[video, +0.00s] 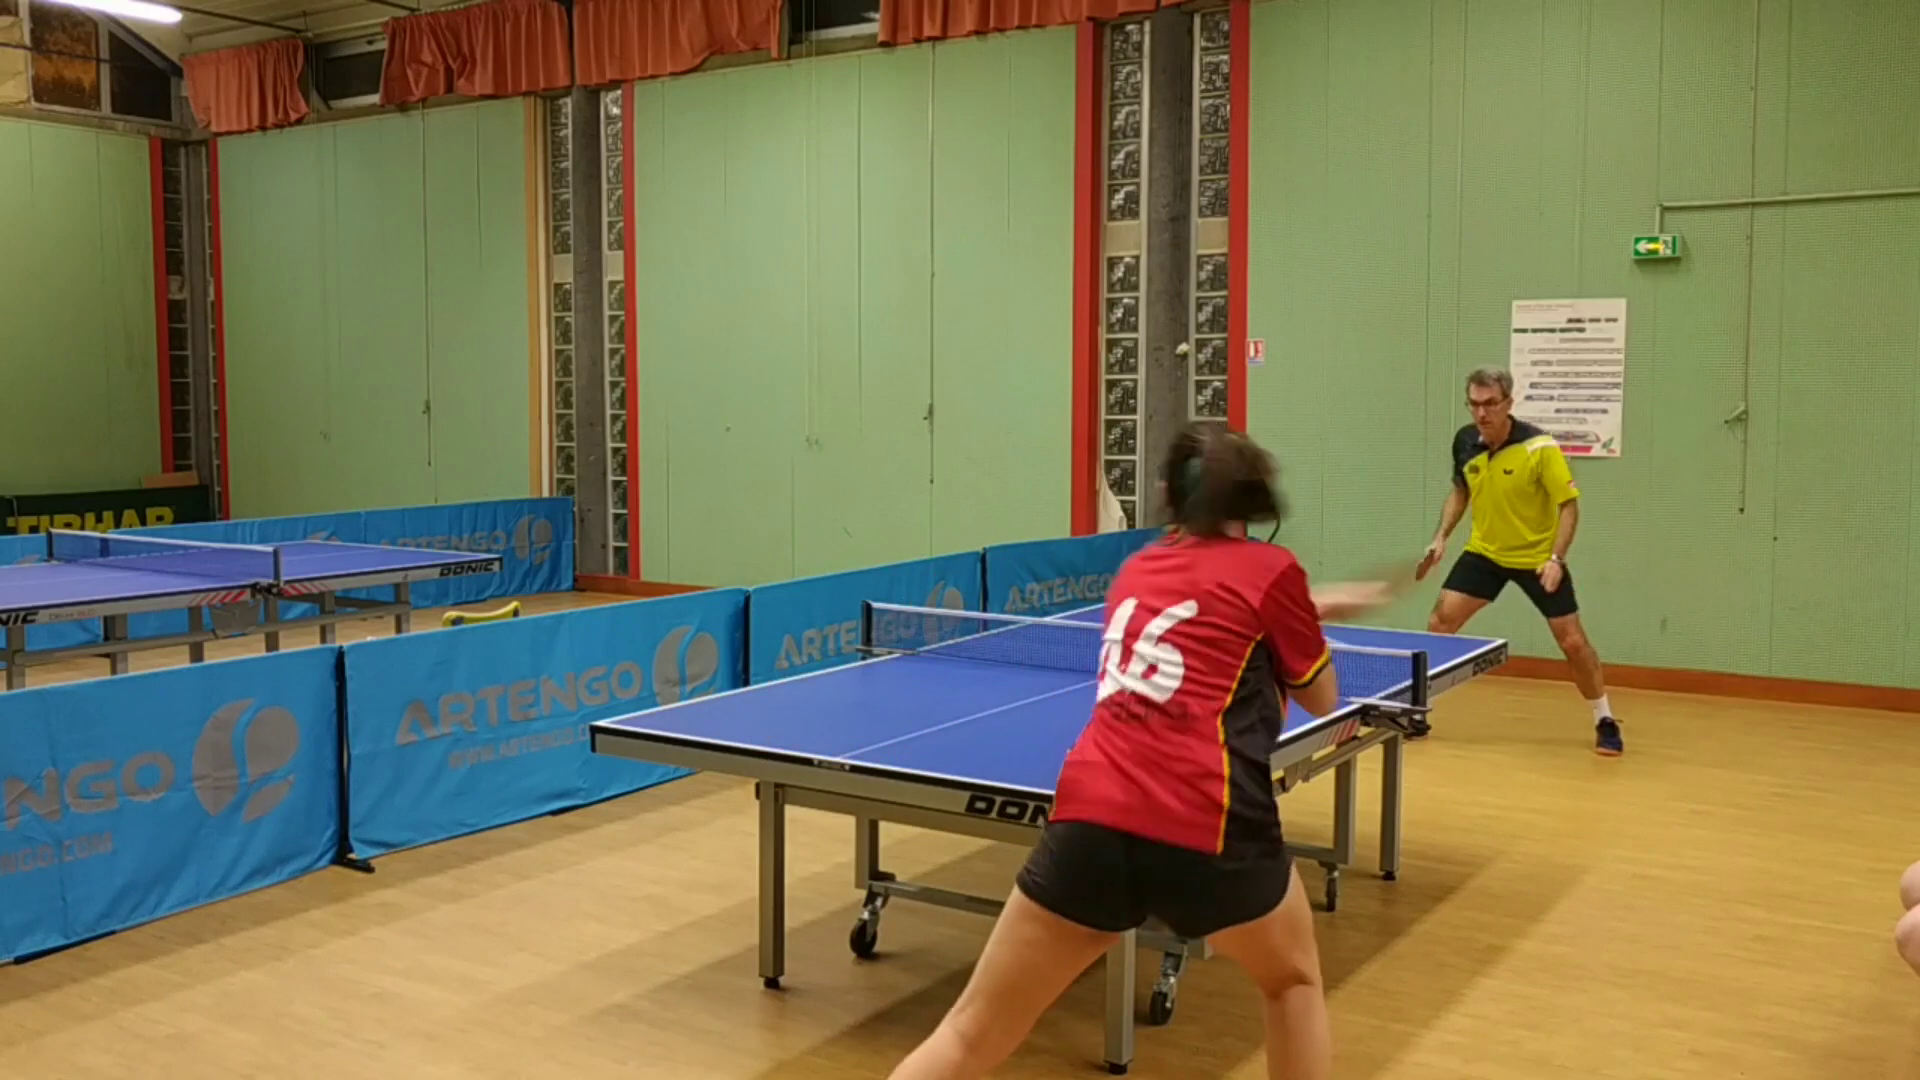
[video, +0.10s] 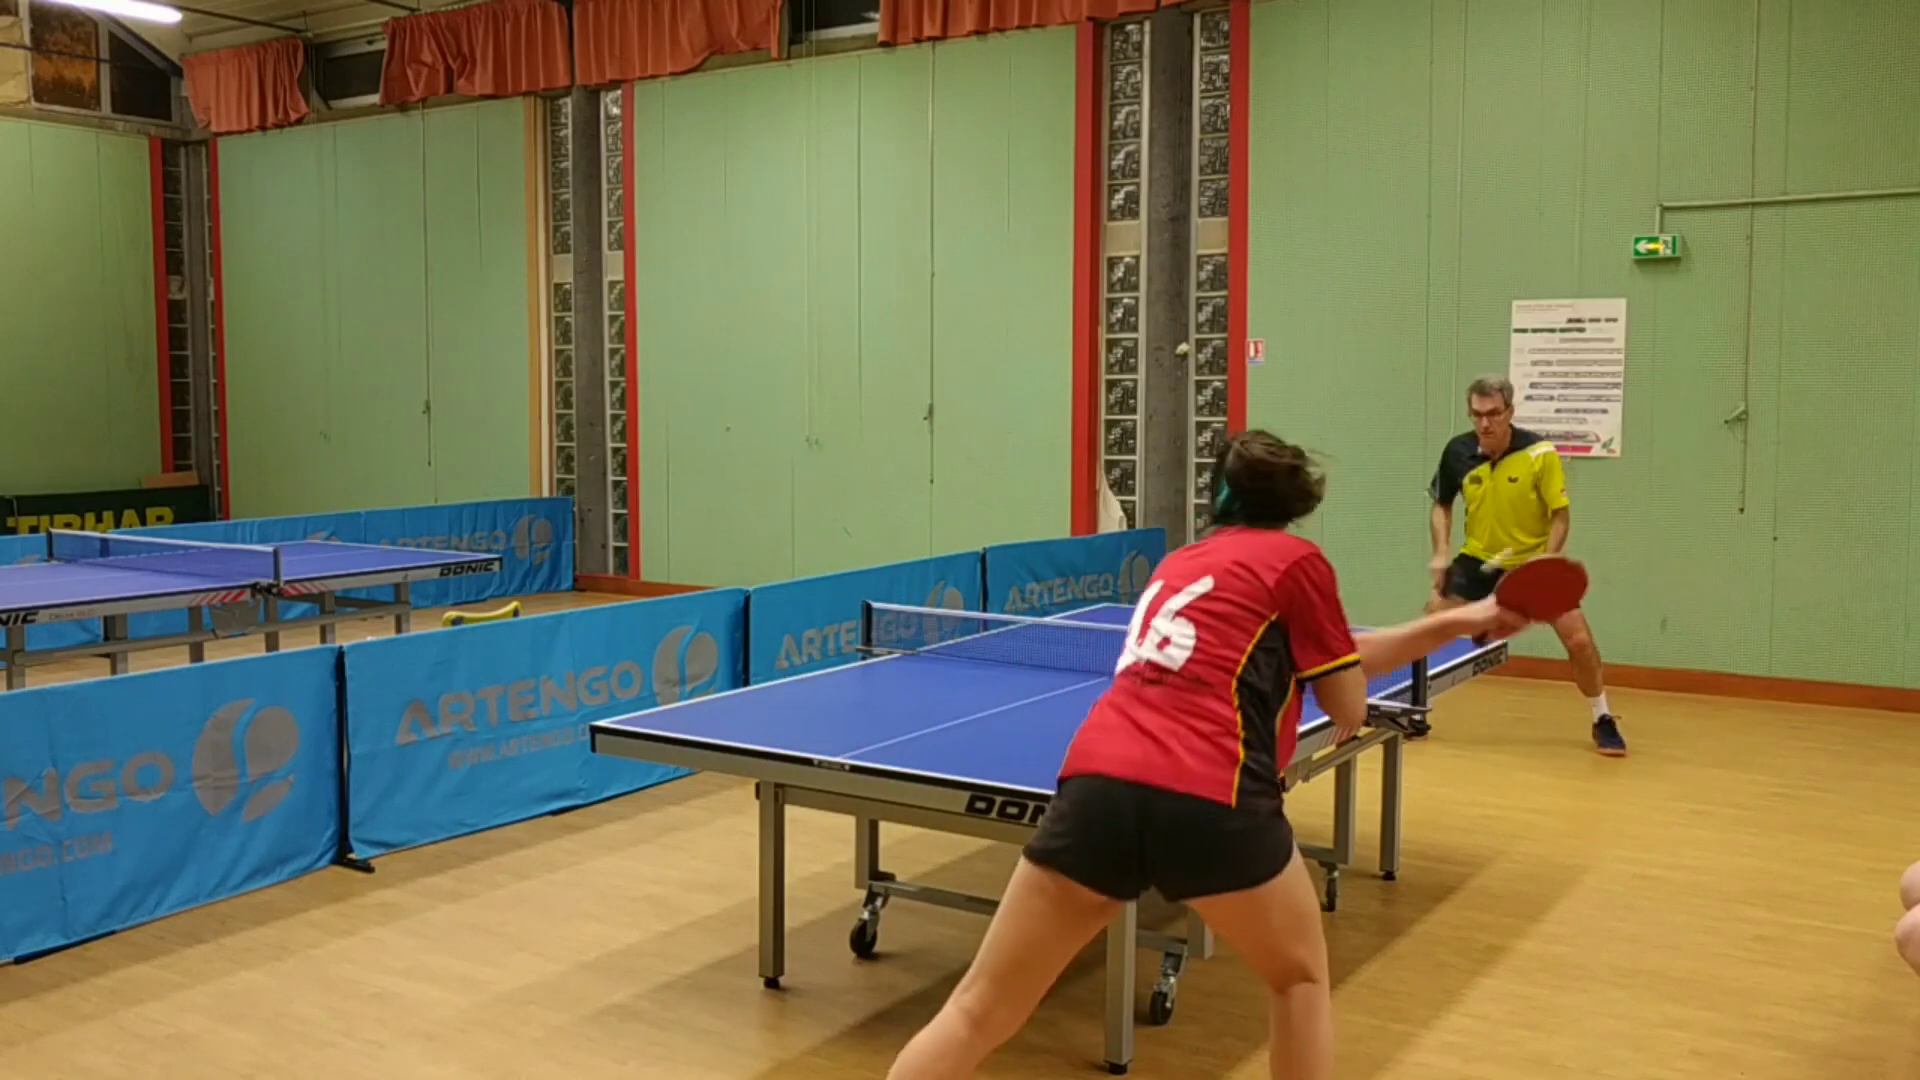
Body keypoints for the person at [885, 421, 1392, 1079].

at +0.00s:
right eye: (1249, 486)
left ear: (1172, 497)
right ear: (1249, 499)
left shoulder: (1138, 566)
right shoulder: (1273, 571)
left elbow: (1206, 623)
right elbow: (1319, 696)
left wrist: (1313, 606)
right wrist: (1274, 631)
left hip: (1091, 828)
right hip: (1213, 837)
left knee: (966, 1037)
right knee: (1291, 985)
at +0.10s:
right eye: (1305, 493)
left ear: (1226, 498)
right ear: (1297, 505)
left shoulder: (1180, 563)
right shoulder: (1297, 564)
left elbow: (1331, 657)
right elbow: (1347, 712)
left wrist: (1453, 622)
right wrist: (1319, 719)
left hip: (1095, 793)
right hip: (1211, 808)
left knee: (975, 1011)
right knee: (1299, 983)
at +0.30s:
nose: (1314, 446)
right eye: (1309, 436)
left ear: (1226, 446)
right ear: (1301, 448)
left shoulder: (1182, 509)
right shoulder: (1312, 525)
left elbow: (1247, 650)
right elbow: (1353, 682)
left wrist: (1373, 672)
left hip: (1092, 749)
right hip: (1209, 770)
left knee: (983, 965)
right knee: (1284, 977)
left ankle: (890, 1074)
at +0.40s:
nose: (1280, 411)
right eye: (1275, 400)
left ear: (1189, 411)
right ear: (1267, 414)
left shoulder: (1143, 481)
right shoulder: (1293, 502)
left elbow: (1191, 595)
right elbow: (1339, 653)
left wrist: (1322, 642)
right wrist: (1266, 621)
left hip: (1082, 740)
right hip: (1202, 761)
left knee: (976, 944)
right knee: (1268, 974)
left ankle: (888, 1077)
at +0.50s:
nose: (1227, 381)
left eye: (1222, 370)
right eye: (1222, 372)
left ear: (1128, 392)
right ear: (1212, 391)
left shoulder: (1084, 468)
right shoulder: (1252, 486)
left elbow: (1100, 575)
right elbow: (1303, 623)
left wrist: (1224, 571)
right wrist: (1231, 571)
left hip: (1056, 736)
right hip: (1180, 752)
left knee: (960, 943)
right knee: (1247, 969)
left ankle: (893, 1074)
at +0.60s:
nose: (1150, 376)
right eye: (1146, 367)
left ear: (1058, 388)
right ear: (1139, 384)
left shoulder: (1013, 473)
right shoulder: (1193, 485)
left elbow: (985, 583)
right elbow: (1251, 617)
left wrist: (1081, 562)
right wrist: (1195, 561)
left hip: (1018, 759)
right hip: (1139, 764)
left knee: (942, 950)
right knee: (1221, 971)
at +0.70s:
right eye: (1055, 382)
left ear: (974, 400)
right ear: (1057, 397)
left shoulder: (932, 493)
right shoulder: (1112, 497)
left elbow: (890, 599)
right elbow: (1185, 626)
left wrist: (971, 561)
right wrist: (1114, 570)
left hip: (960, 774)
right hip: (1080, 773)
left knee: (898, 961)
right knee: (1179, 975)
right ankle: (1249, 1078)